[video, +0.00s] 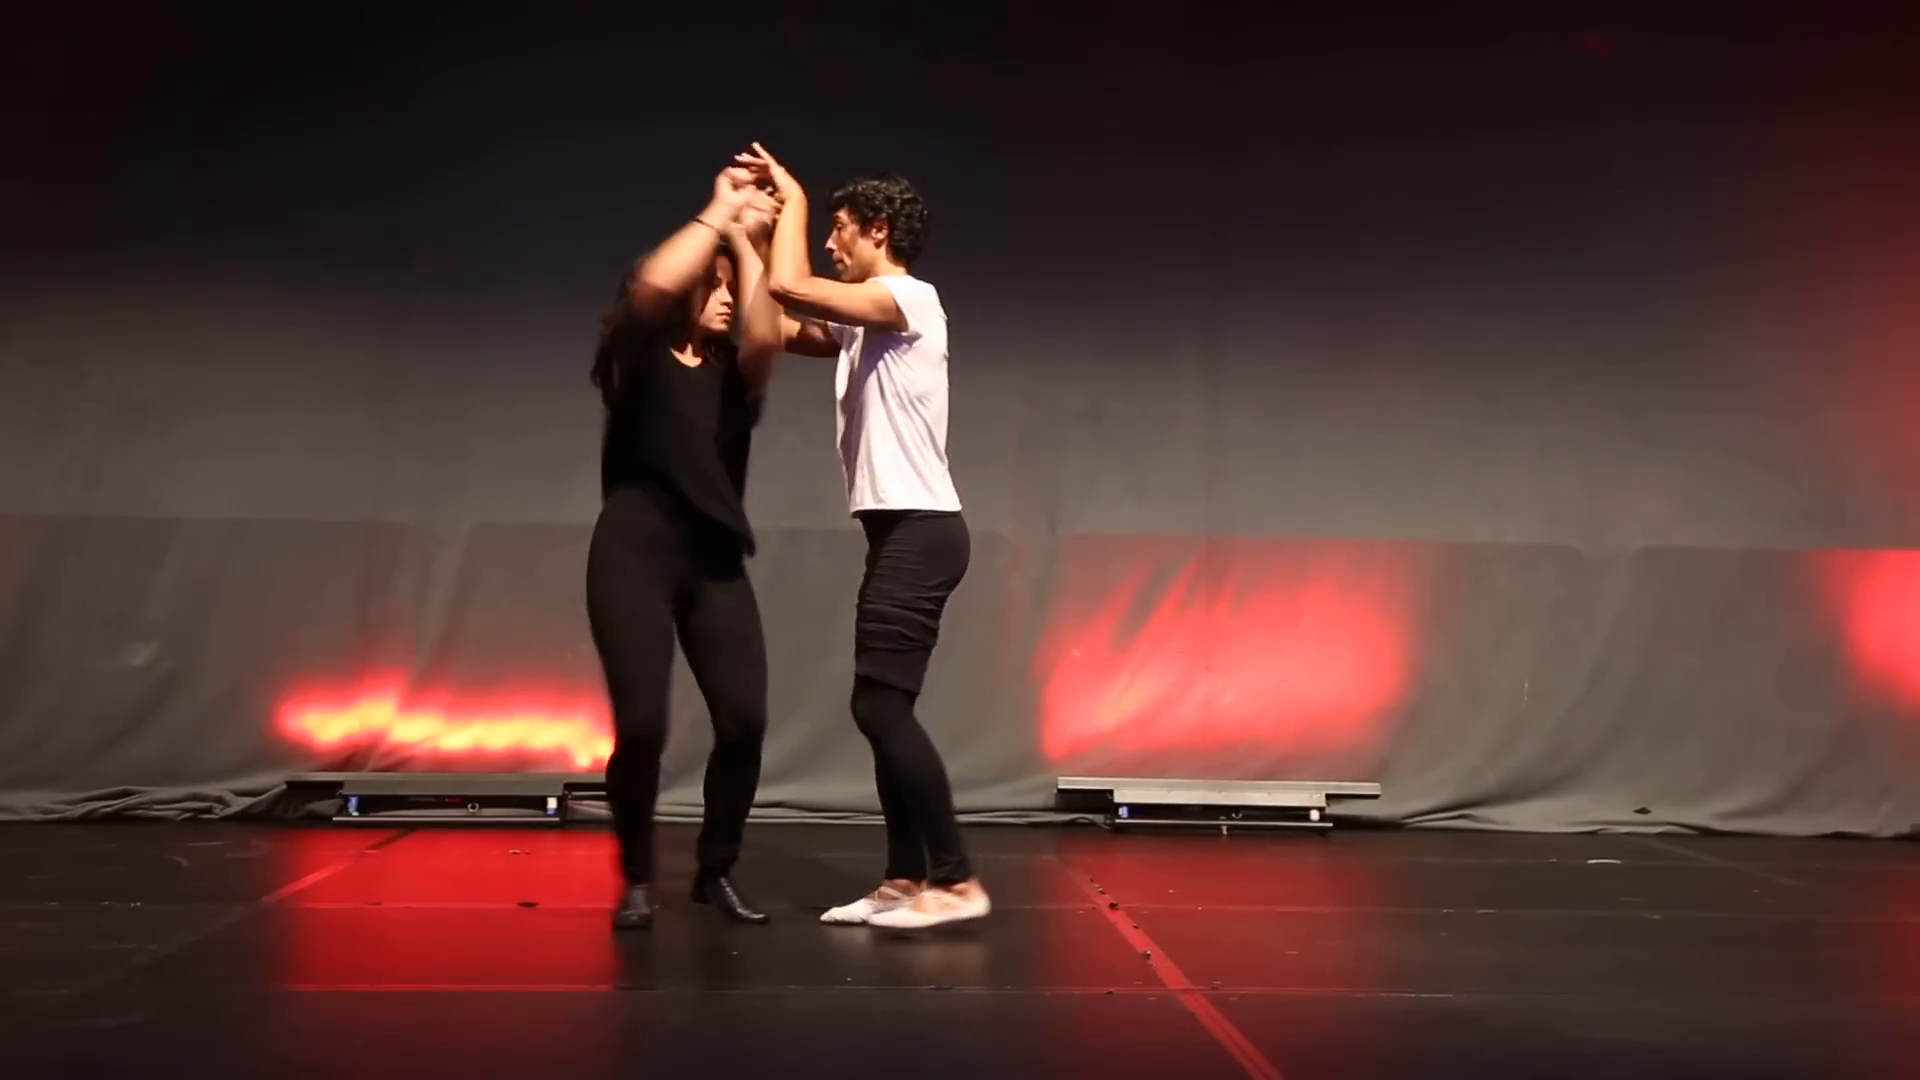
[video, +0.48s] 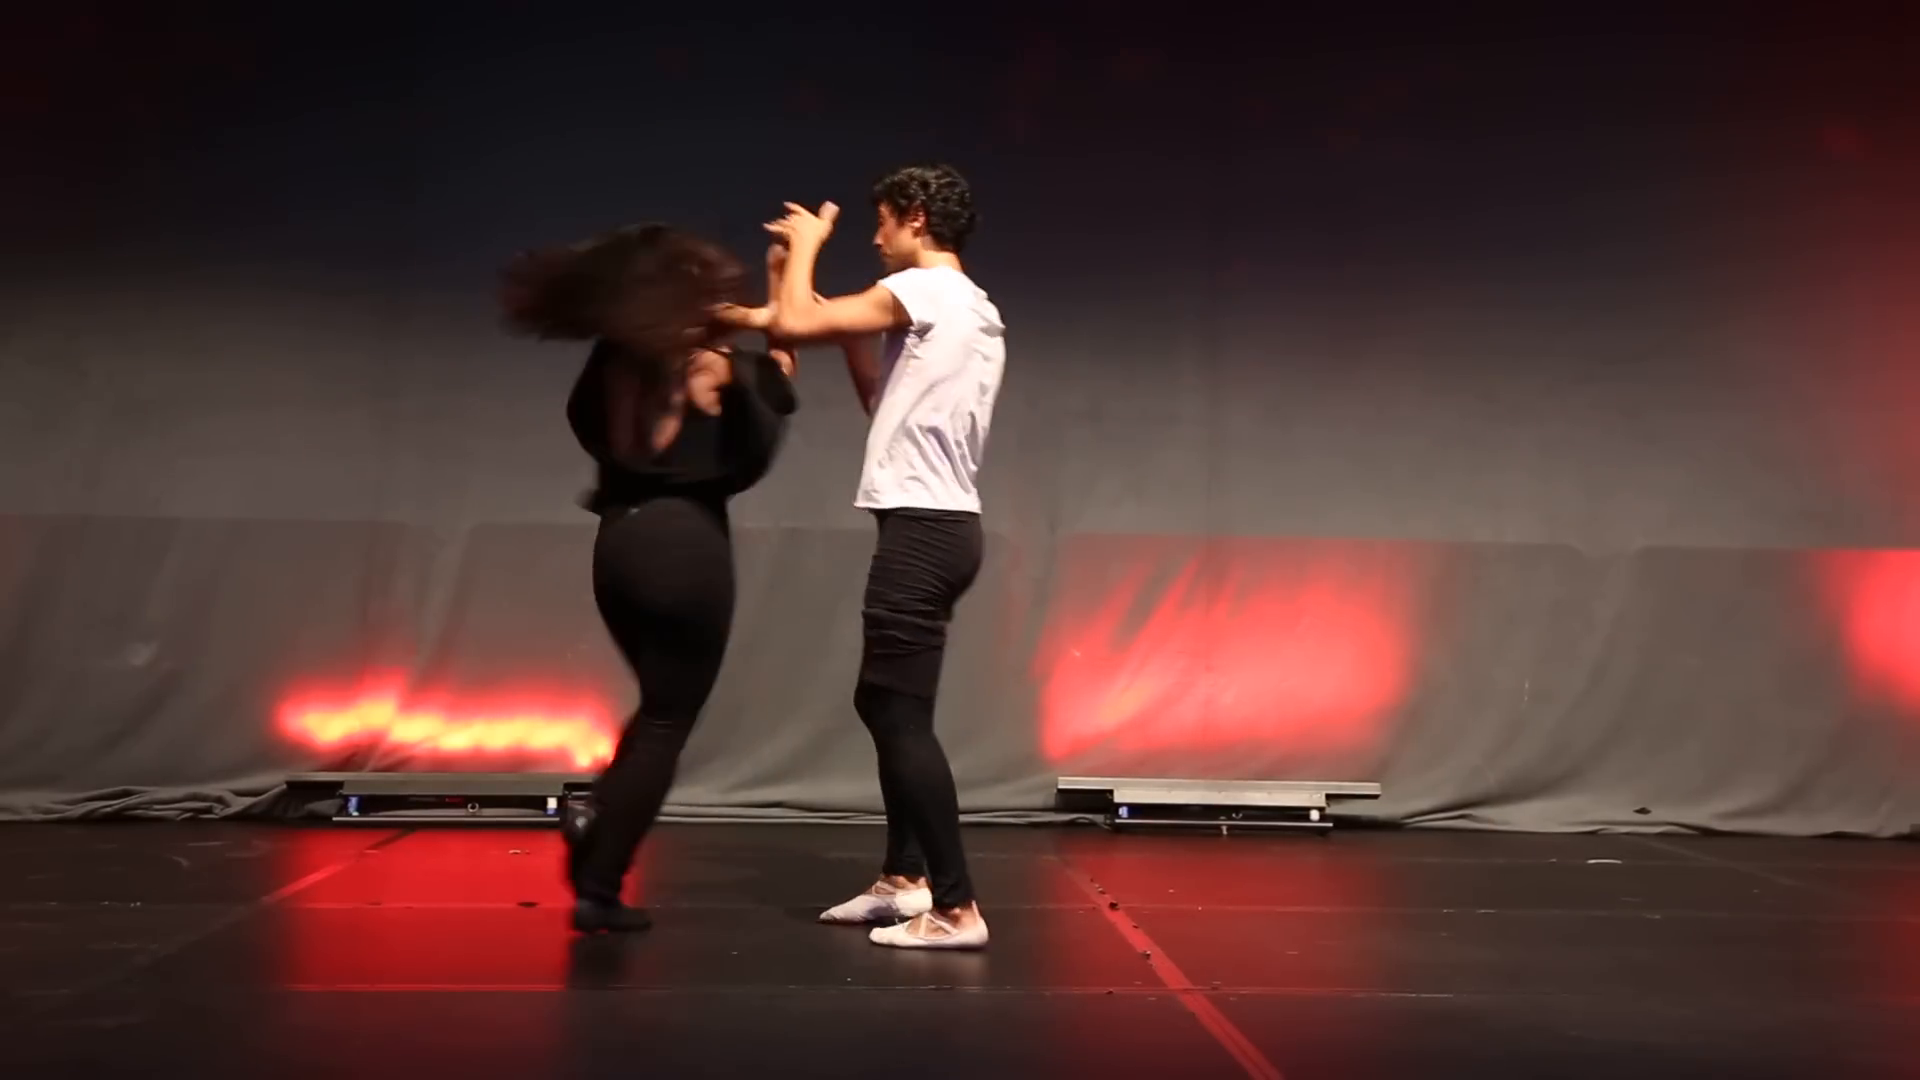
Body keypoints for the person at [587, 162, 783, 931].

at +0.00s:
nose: (727, 292)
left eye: (737, 282)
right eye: (713, 278)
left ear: (747, 296)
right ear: (680, 288)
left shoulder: (745, 361)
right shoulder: (640, 344)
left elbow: (765, 334)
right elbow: (655, 282)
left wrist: (752, 232)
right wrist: (717, 216)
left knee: (744, 723)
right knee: (643, 727)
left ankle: (714, 875)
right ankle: (636, 883)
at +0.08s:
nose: (697, 276)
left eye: (715, 273)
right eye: (690, 260)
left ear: (738, 297)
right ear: (666, 278)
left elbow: (708, 300)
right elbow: (612, 266)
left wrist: (715, 216)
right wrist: (688, 202)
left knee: (721, 727)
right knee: (612, 726)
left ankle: (726, 871)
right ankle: (672, 879)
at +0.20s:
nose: (658, 264)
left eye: (673, 259)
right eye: (662, 256)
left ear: (702, 278)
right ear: (689, 277)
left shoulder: (693, 340)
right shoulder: (679, 332)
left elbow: (610, 283)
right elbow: (630, 270)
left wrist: (671, 230)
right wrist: (680, 205)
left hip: (683, 556)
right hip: (653, 553)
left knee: (639, 720)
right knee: (630, 722)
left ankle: (754, 838)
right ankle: (680, 881)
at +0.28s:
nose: (643, 279)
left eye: (655, 271)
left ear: (670, 276)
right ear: (738, 280)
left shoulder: (652, 342)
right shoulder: (733, 347)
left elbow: (608, 286)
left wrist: (686, 250)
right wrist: (712, 223)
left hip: (655, 542)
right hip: (713, 544)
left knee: (595, 714)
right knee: (659, 719)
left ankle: (714, 821)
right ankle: (675, 890)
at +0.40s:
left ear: (644, 288)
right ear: (729, 292)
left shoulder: (616, 359)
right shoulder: (742, 369)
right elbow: (788, 434)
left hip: (628, 547)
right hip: (710, 552)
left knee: (623, 706)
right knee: (674, 730)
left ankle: (607, 814)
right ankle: (635, 899)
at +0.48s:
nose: (719, 304)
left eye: (716, 293)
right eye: (713, 292)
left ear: (626, 297)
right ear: (700, 296)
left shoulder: (612, 362)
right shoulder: (720, 364)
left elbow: (581, 416)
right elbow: (754, 449)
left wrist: (627, 463)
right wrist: (775, 378)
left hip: (620, 545)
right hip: (686, 547)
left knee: (660, 707)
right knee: (666, 724)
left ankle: (601, 833)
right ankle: (601, 887)